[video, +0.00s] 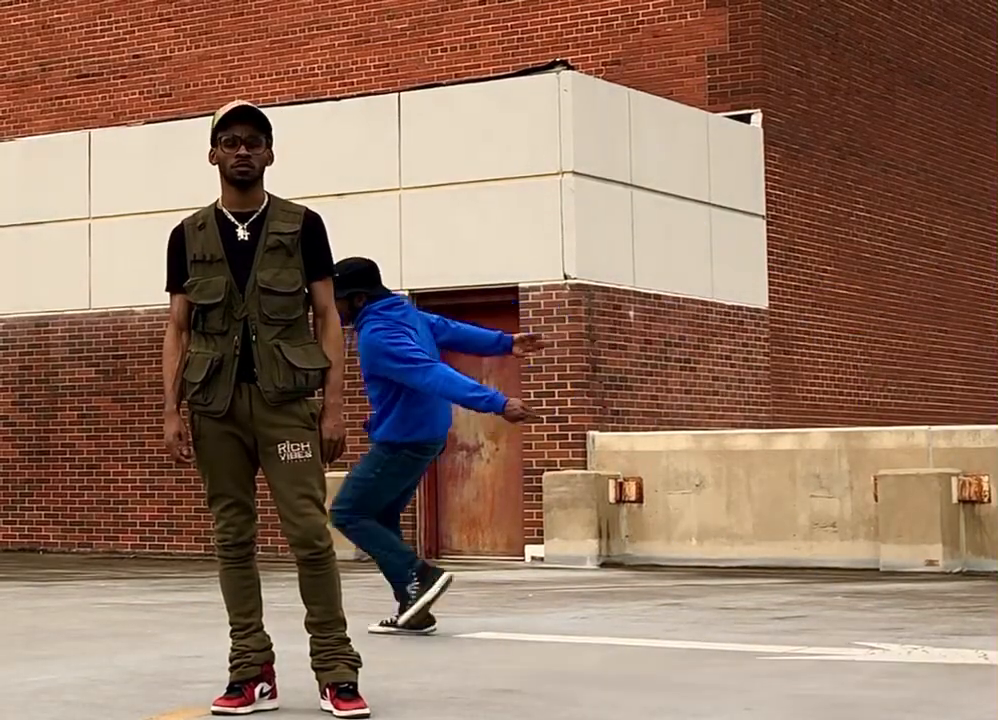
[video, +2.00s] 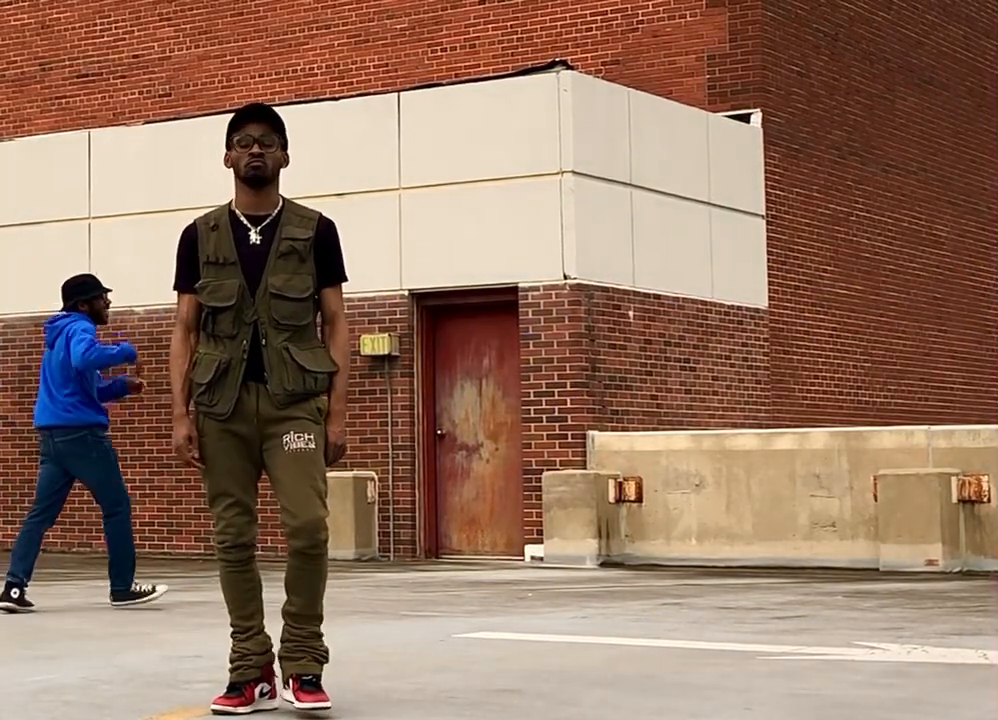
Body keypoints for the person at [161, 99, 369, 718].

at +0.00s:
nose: (241, 151)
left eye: (252, 143)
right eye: (231, 143)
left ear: (269, 153)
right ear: (213, 154)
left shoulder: (302, 225)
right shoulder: (187, 235)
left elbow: (328, 318)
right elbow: (177, 327)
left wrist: (334, 403)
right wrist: (172, 407)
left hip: (288, 404)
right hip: (213, 408)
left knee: (310, 538)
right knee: (233, 541)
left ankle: (337, 671)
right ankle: (250, 668)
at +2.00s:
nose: (255, 151)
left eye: (266, 143)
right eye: (244, 144)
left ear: (284, 156)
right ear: (228, 158)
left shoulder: (314, 229)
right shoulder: (199, 234)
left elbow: (336, 320)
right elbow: (184, 328)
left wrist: (336, 403)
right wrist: (180, 411)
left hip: (296, 403)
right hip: (221, 405)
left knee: (309, 529)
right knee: (232, 540)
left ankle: (303, 664)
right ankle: (249, 668)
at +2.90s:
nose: (337, 184)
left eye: (348, 176)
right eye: (326, 172)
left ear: (358, 184)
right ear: (300, 175)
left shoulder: (365, 250)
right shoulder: (255, 233)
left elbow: (388, 315)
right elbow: (235, 326)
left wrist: (399, 347)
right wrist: (260, 415)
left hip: (315, 411)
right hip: (238, 405)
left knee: (334, 534)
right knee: (226, 537)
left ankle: (324, 676)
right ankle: (247, 669)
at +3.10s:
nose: (303, 193)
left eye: (313, 185)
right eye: (291, 183)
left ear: (324, 196)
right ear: (267, 190)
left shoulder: (339, 271)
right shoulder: (228, 258)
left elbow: (353, 353)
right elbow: (234, 361)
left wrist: (352, 362)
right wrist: (293, 433)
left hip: (304, 430)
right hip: (229, 431)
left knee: (349, 539)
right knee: (221, 550)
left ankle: (322, 672)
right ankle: (244, 675)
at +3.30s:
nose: (281, 163)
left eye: (292, 156)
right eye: (269, 156)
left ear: (309, 169)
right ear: (253, 169)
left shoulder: (341, 246)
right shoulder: (220, 240)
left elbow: (350, 345)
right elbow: (206, 333)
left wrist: (328, 423)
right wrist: (237, 412)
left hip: (313, 415)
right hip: (235, 414)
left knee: (342, 533)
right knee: (226, 541)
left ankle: (327, 671)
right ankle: (245, 674)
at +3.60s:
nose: (294, 169)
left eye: (305, 161)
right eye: (282, 163)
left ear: (323, 175)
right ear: (266, 179)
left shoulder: (358, 245)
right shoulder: (241, 252)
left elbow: (368, 320)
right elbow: (226, 322)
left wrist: (349, 385)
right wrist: (213, 366)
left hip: (338, 414)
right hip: (260, 415)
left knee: (351, 551)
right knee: (236, 544)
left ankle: (330, 677)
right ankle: (248, 672)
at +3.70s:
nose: (299, 156)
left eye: (310, 150)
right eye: (287, 150)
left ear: (324, 165)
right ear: (269, 166)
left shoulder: (356, 231)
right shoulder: (241, 238)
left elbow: (372, 290)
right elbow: (243, 315)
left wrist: (352, 324)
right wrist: (246, 378)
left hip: (338, 404)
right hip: (266, 402)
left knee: (350, 542)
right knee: (241, 539)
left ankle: (331, 675)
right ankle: (251, 668)